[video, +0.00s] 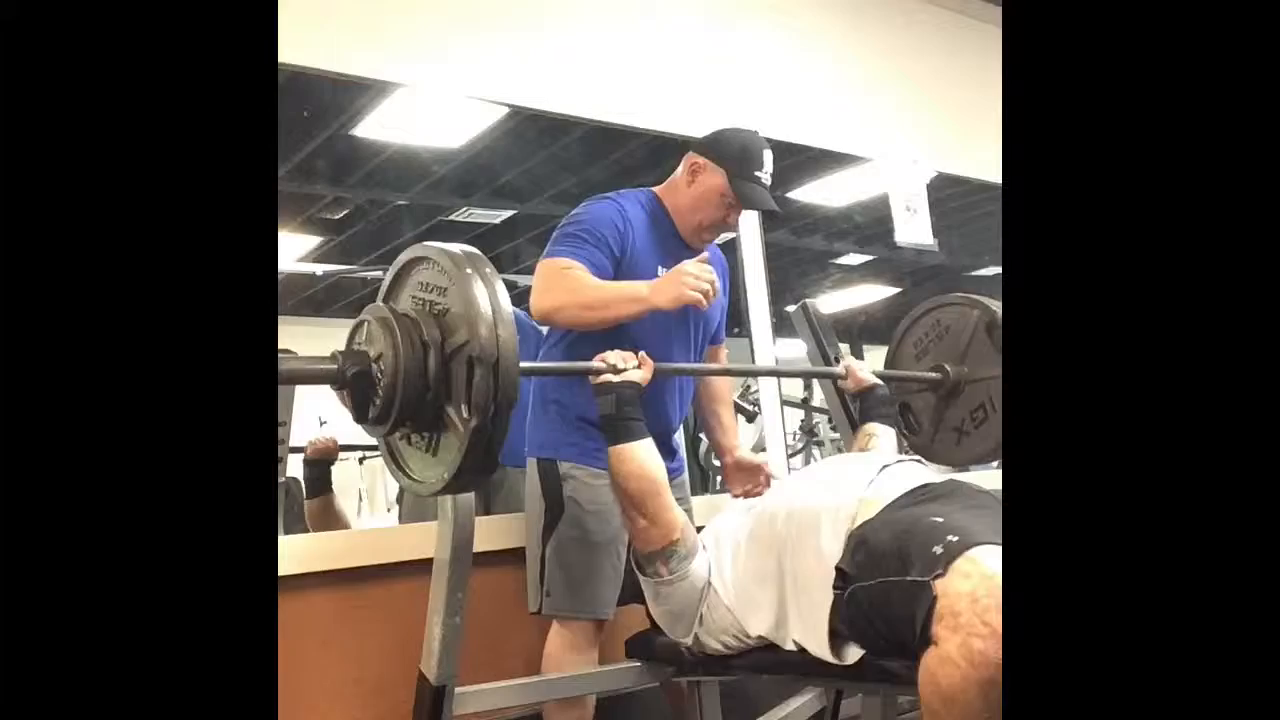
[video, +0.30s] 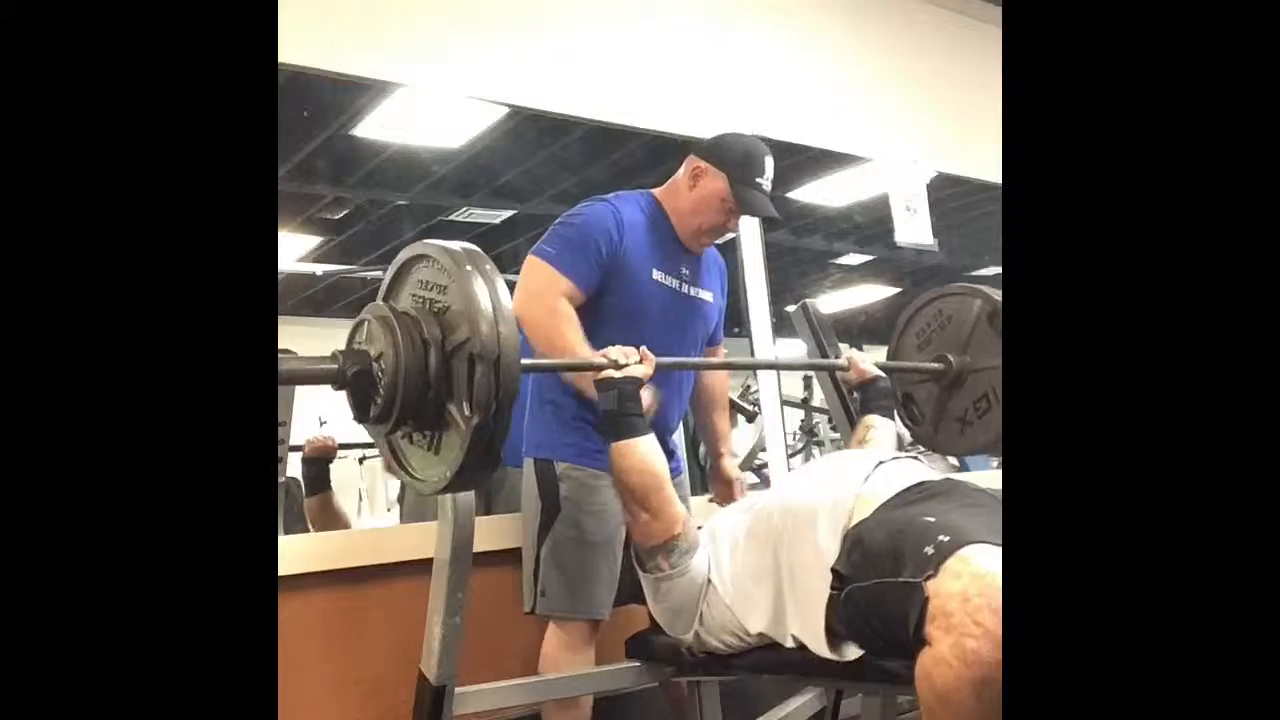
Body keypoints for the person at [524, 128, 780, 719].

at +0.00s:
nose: (736, 219)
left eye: (744, 208)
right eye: (732, 201)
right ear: (693, 171)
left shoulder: (712, 263)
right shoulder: (610, 218)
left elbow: (711, 364)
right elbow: (550, 298)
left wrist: (730, 451)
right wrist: (653, 293)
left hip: (659, 455)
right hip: (578, 450)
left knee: (667, 607)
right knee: (583, 614)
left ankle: (668, 715)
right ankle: (570, 716)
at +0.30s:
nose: (735, 223)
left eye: (743, 213)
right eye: (732, 206)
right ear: (694, 173)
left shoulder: (711, 266)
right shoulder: (607, 222)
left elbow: (711, 363)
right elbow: (538, 301)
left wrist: (722, 455)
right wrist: (599, 385)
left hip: (659, 462)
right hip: (576, 454)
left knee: (673, 613)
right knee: (578, 619)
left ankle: (684, 713)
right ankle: (567, 716)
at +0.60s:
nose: (732, 224)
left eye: (741, 214)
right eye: (730, 206)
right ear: (692, 174)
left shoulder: (708, 268)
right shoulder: (603, 223)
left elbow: (707, 363)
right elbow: (535, 306)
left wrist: (726, 445)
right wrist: (556, 416)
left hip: (656, 466)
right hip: (582, 456)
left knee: (657, 614)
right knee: (576, 620)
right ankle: (566, 716)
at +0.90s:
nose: (726, 223)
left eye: (734, 214)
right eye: (723, 207)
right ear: (686, 174)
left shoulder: (702, 267)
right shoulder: (596, 222)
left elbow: (706, 365)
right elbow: (528, 302)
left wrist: (721, 447)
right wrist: (545, 412)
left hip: (656, 465)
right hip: (581, 456)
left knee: (652, 614)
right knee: (578, 620)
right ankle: (564, 716)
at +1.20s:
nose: (722, 223)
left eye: (730, 213)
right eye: (719, 205)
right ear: (681, 173)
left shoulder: (697, 266)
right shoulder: (594, 222)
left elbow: (700, 361)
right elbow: (526, 305)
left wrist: (716, 449)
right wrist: (550, 419)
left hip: (651, 465)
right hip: (580, 457)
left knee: (643, 619)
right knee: (576, 624)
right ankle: (563, 717)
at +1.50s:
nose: (721, 223)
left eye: (729, 214)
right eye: (718, 206)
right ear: (680, 173)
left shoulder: (696, 266)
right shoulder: (593, 222)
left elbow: (698, 362)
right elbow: (525, 306)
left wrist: (716, 451)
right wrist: (550, 419)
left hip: (651, 468)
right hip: (579, 461)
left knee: (640, 620)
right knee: (575, 626)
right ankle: (564, 717)